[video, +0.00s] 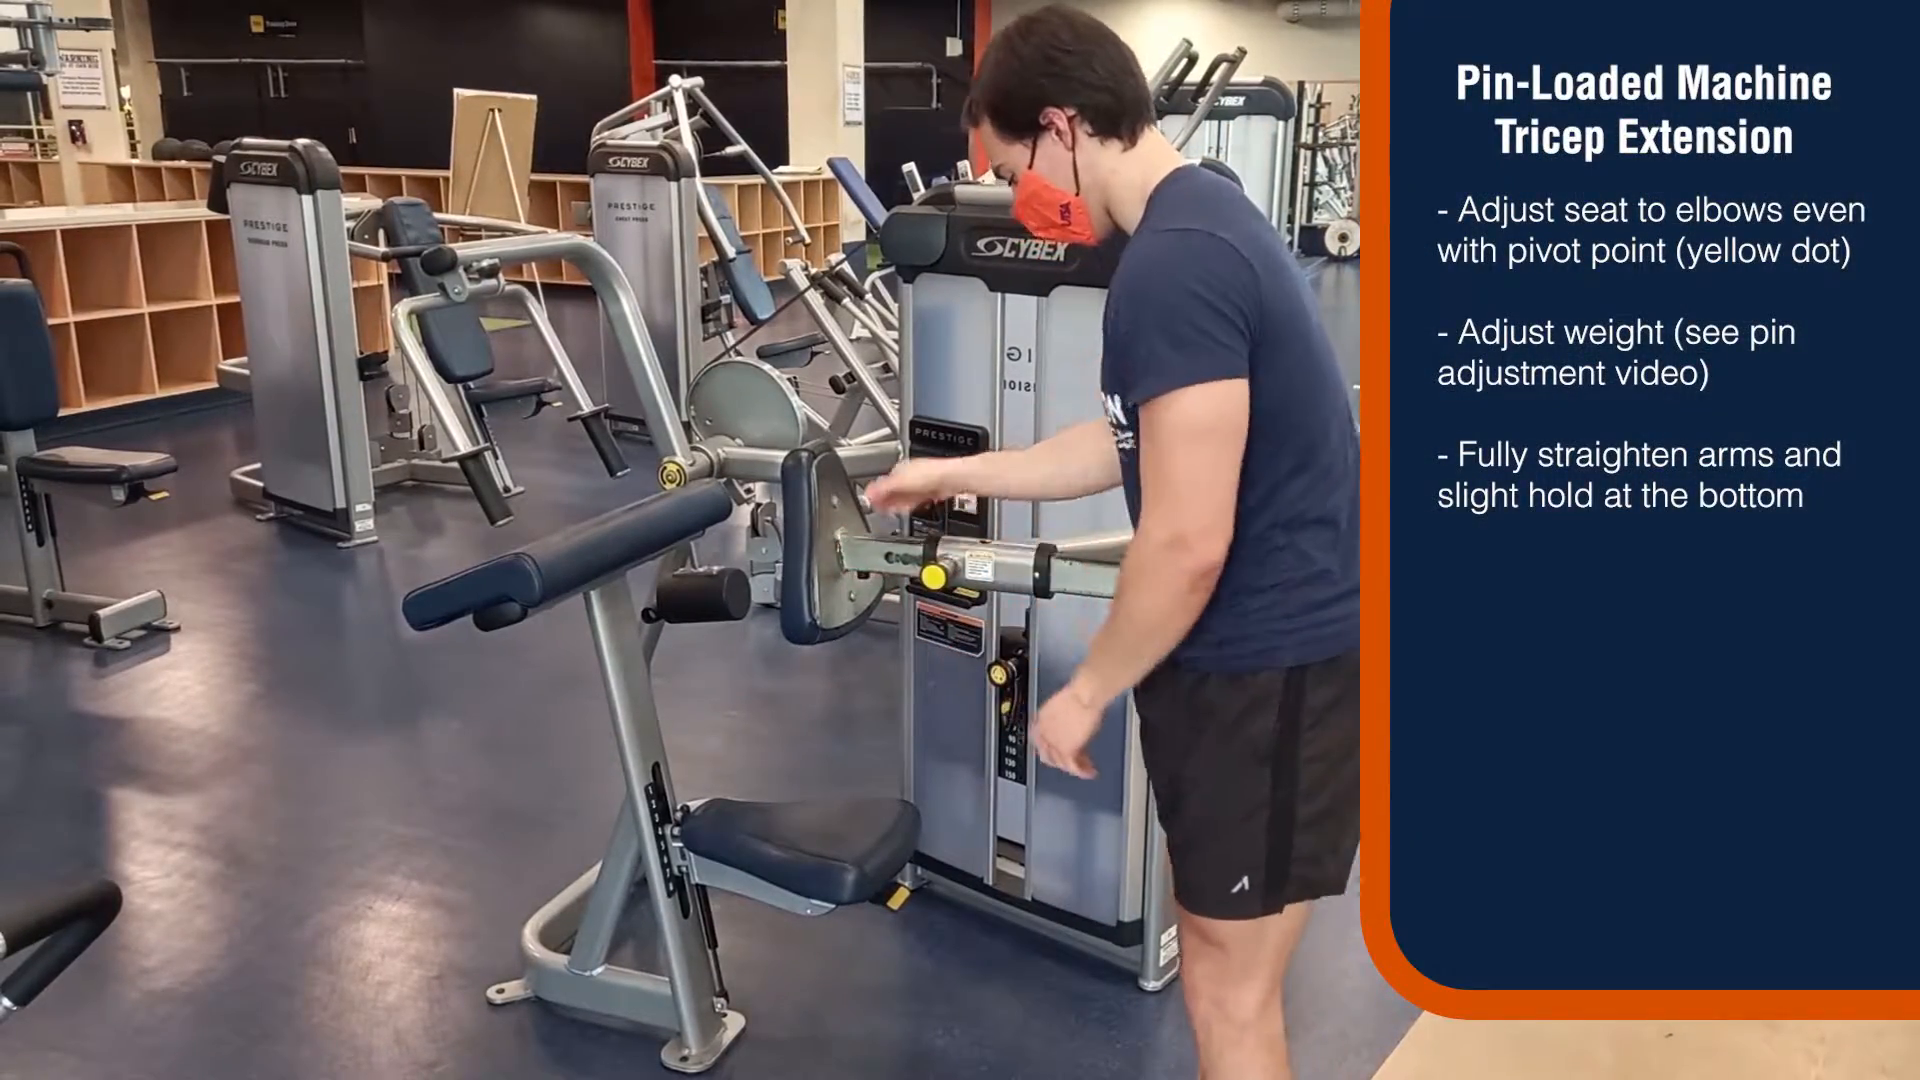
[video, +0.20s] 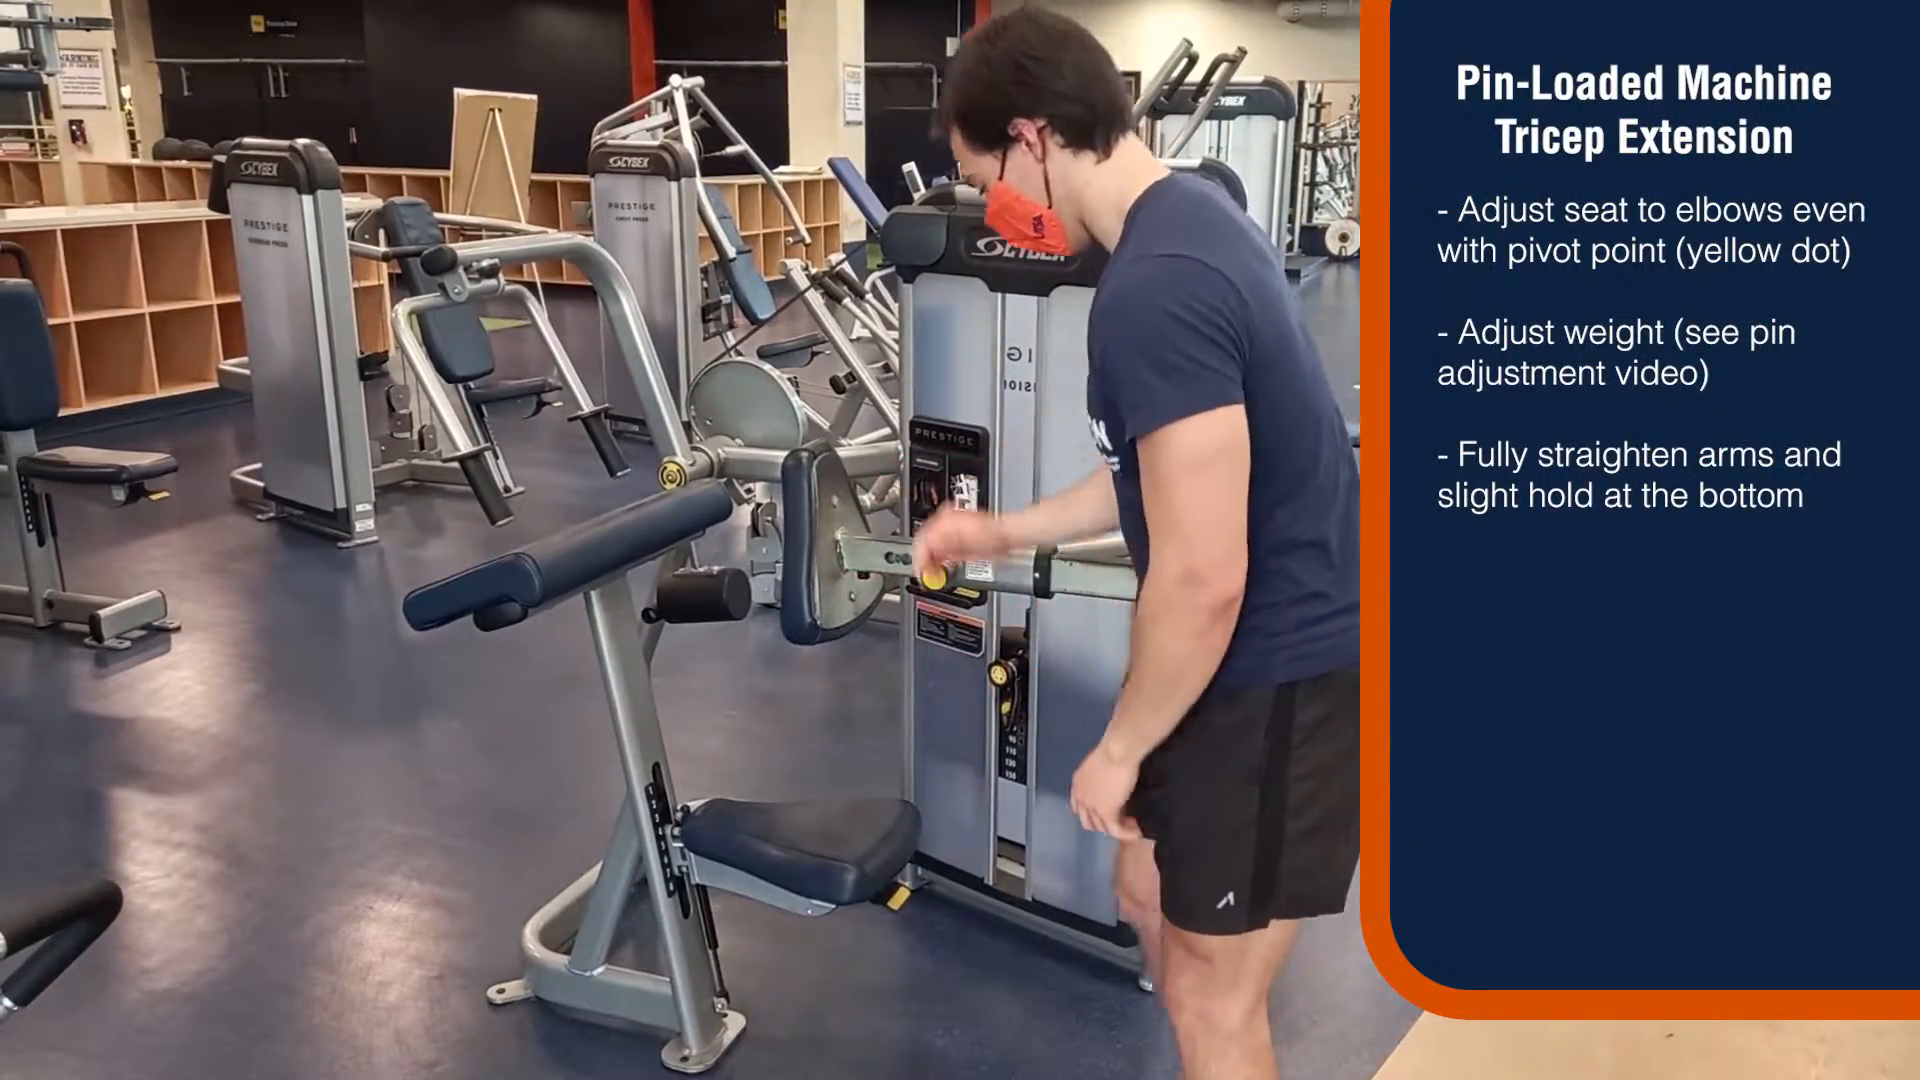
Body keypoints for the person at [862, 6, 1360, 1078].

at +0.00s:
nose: (1026, 203)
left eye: (1016, 174)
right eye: (1011, 181)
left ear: (1064, 128)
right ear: (1082, 122)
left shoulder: (1173, 258)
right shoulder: (1200, 221)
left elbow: (1189, 544)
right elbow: (1124, 445)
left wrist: (1088, 694)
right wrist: (951, 475)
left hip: (1257, 668)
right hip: (1259, 654)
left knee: (1230, 995)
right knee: (1228, 962)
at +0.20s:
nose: (1000, 210)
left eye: (988, 180)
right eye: (983, 189)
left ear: (1033, 138)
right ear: (1065, 121)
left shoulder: (1156, 283)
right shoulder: (1185, 224)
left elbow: (1202, 579)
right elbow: (1162, 479)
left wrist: (1122, 751)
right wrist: (1006, 532)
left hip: (1266, 680)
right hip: (1237, 657)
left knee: (1213, 1005)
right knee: (1150, 897)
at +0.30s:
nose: (965, 236)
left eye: (953, 209)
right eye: (950, 215)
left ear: (997, 167)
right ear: (1021, 156)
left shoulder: (1139, 311)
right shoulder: (1140, 256)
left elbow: (1187, 613)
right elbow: (1127, 510)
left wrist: (1108, 797)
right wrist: (1029, 643)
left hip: (1280, 683)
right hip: (1221, 659)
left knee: (1200, 1010)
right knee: (1127, 876)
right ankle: (1166, 1068)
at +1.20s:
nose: (772, 575)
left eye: (764, 553)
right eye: (762, 556)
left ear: (794, 547)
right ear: (875, 488)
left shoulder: (876, 669)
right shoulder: (963, 520)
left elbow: (877, 835)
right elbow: (1001, 731)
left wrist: (823, 871)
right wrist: (914, 843)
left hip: (1290, 751)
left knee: (1078, 1048)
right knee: (1064, 874)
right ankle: (1110, 1060)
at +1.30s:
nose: (767, 568)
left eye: (761, 545)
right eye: (759, 548)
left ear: (792, 540)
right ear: (874, 484)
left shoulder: (867, 663)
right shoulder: (959, 519)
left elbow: (871, 835)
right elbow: (1000, 726)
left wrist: (819, 873)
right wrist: (913, 842)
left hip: (1277, 753)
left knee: (1074, 1047)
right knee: (1058, 878)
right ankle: (1110, 1058)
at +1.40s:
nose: (764, 562)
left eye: (757, 538)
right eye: (755, 541)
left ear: (788, 532)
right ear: (871, 479)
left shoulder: (859, 659)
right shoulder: (968, 513)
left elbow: (868, 834)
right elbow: (1004, 721)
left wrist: (820, 873)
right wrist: (913, 840)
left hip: (1272, 755)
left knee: (1072, 1048)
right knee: (1054, 878)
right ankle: (1112, 1059)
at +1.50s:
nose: (761, 558)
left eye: (756, 535)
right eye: (753, 538)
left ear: (787, 528)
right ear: (870, 477)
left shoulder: (854, 657)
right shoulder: (956, 517)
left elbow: (865, 833)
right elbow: (995, 727)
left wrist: (819, 878)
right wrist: (913, 850)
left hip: (1269, 750)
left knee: (1071, 1047)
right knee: (1054, 878)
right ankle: (1106, 1056)